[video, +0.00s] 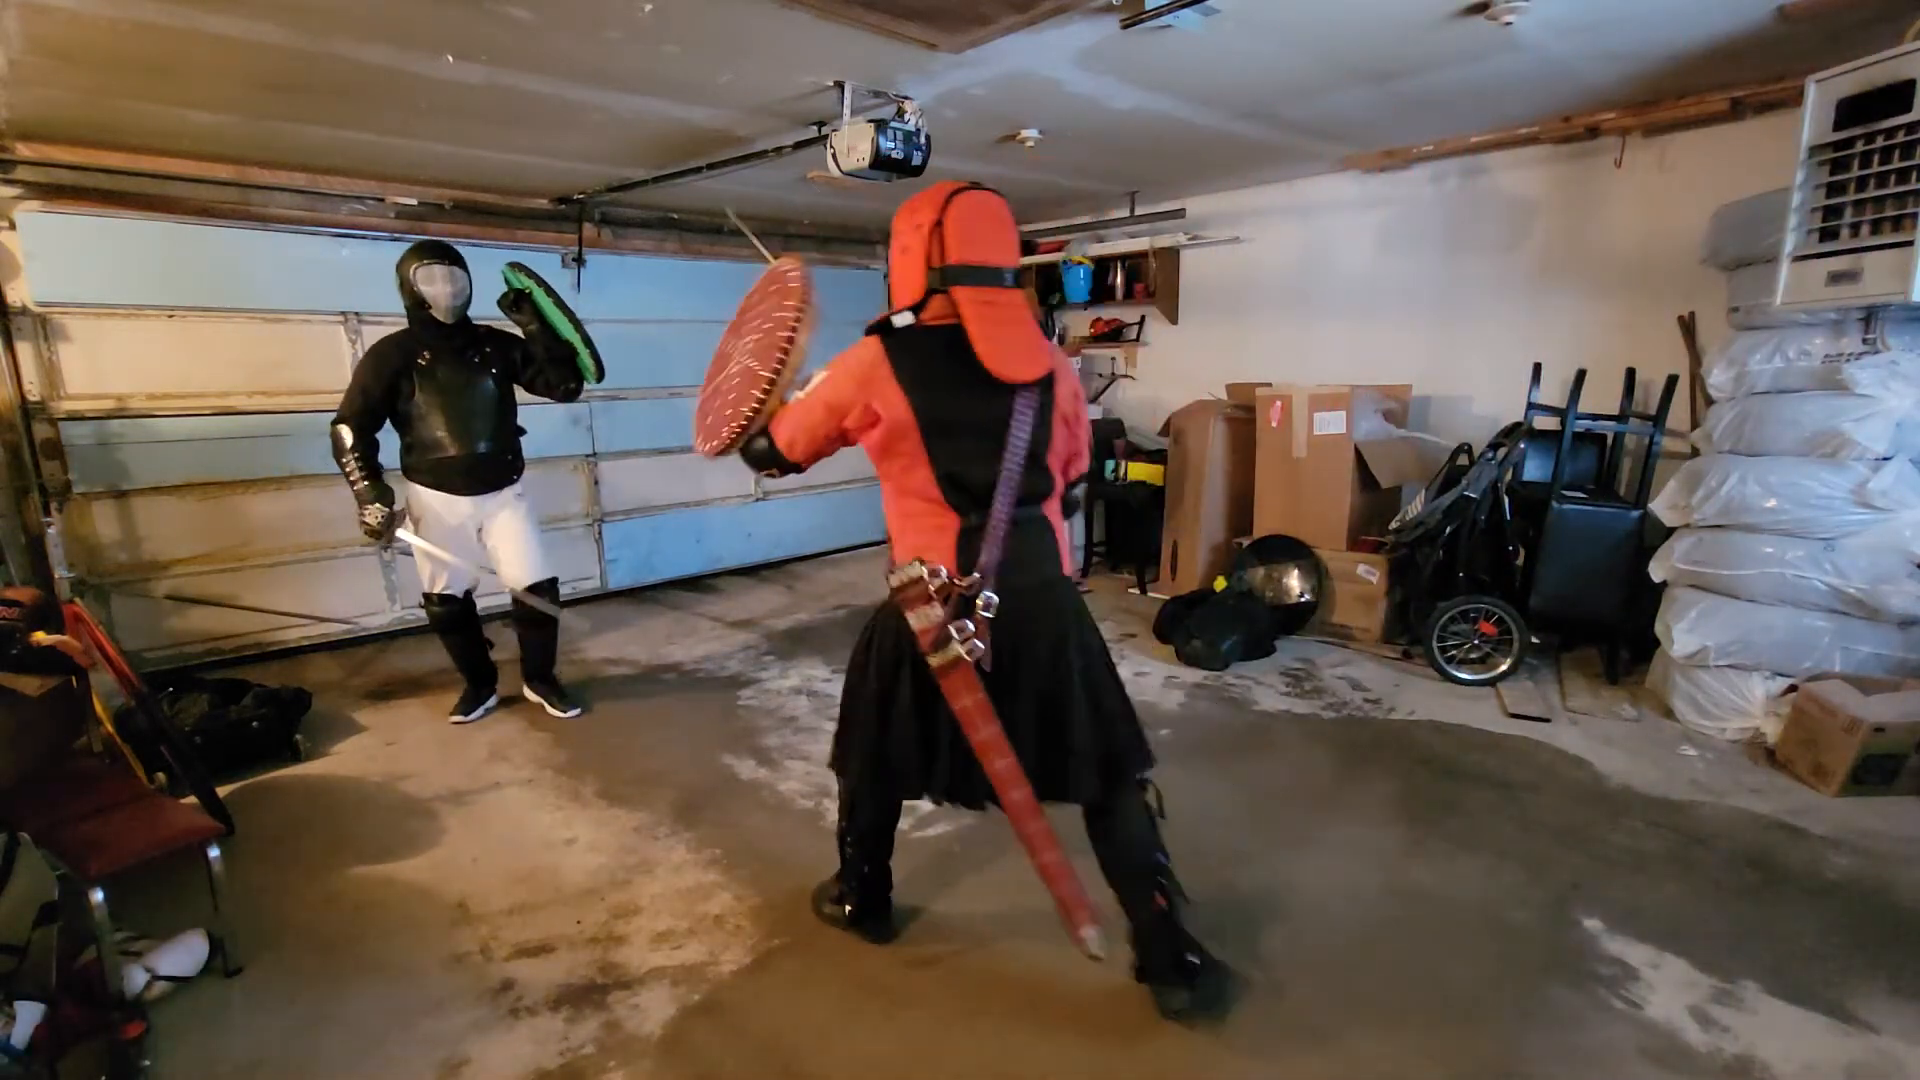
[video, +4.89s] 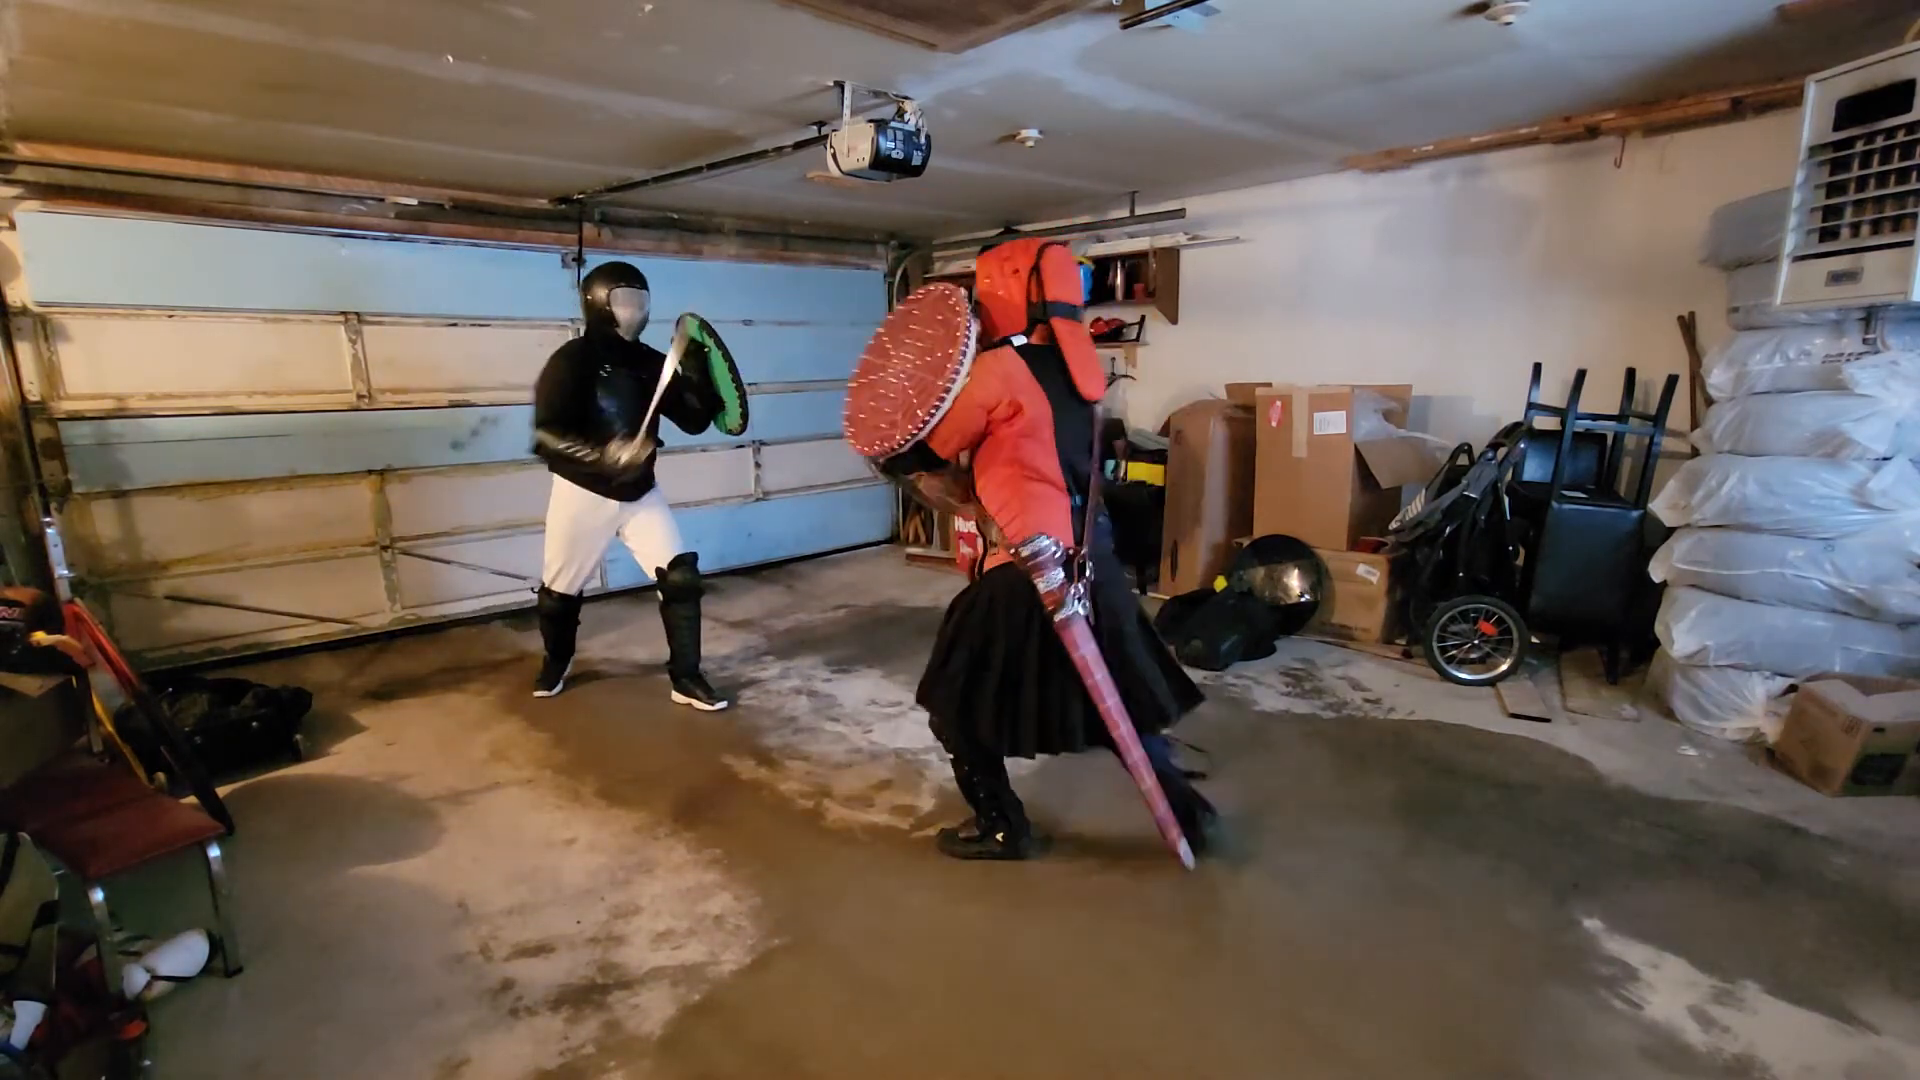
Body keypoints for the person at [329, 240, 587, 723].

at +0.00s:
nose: (446, 289)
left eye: (453, 277)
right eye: (432, 279)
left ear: (468, 282)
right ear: (410, 289)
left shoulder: (497, 346)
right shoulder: (392, 356)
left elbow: (565, 384)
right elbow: (349, 429)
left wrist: (535, 326)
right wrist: (371, 495)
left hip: (503, 496)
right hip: (435, 501)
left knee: (536, 586)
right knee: (446, 602)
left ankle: (540, 679)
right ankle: (480, 682)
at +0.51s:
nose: (499, 290)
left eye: (504, 282)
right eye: (486, 282)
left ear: (511, 289)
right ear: (458, 292)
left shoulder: (531, 349)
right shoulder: (428, 352)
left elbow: (593, 395)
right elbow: (384, 428)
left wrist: (573, 334)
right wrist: (428, 464)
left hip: (528, 498)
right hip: (460, 502)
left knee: (564, 590)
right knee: (459, 606)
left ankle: (572, 700)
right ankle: (480, 685)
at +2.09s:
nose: (488, 307)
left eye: (492, 297)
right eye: (475, 299)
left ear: (500, 301)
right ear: (452, 307)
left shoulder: (520, 356)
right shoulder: (428, 364)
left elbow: (581, 398)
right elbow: (382, 434)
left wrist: (557, 342)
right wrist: (416, 473)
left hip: (522, 493)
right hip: (458, 497)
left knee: (580, 573)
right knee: (451, 601)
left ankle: (628, 658)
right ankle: (468, 676)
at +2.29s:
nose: (535, 303)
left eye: (536, 295)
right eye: (524, 296)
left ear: (540, 302)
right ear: (498, 305)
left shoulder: (560, 357)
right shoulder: (469, 362)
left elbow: (616, 397)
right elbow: (429, 432)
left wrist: (588, 337)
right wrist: (458, 475)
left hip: (559, 490)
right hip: (494, 493)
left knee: (613, 570)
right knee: (472, 593)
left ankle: (641, 663)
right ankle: (469, 675)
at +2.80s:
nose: (593, 328)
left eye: (596, 319)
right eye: (582, 319)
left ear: (601, 326)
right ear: (556, 325)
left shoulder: (604, 381)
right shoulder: (523, 376)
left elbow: (654, 430)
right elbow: (481, 447)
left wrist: (642, 373)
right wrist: (520, 500)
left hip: (583, 504)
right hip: (522, 503)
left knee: (636, 573)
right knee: (490, 593)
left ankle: (642, 663)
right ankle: (477, 666)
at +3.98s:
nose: (601, 306)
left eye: (603, 297)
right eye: (591, 297)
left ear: (604, 301)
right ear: (563, 302)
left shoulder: (622, 362)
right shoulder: (535, 362)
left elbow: (674, 410)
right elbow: (513, 442)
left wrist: (669, 358)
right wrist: (554, 456)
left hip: (619, 494)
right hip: (556, 496)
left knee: (665, 573)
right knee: (539, 592)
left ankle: (685, 675)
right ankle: (534, 666)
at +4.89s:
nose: (643, 307)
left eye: (644, 298)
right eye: (633, 298)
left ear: (643, 304)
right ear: (603, 302)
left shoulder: (652, 362)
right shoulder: (570, 362)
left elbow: (694, 420)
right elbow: (547, 440)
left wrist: (695, 365)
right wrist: (603, 457)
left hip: (640, 494)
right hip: (581, 493)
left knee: (681, 576)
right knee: (558, 594)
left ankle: (686, 678)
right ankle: (556, 662)